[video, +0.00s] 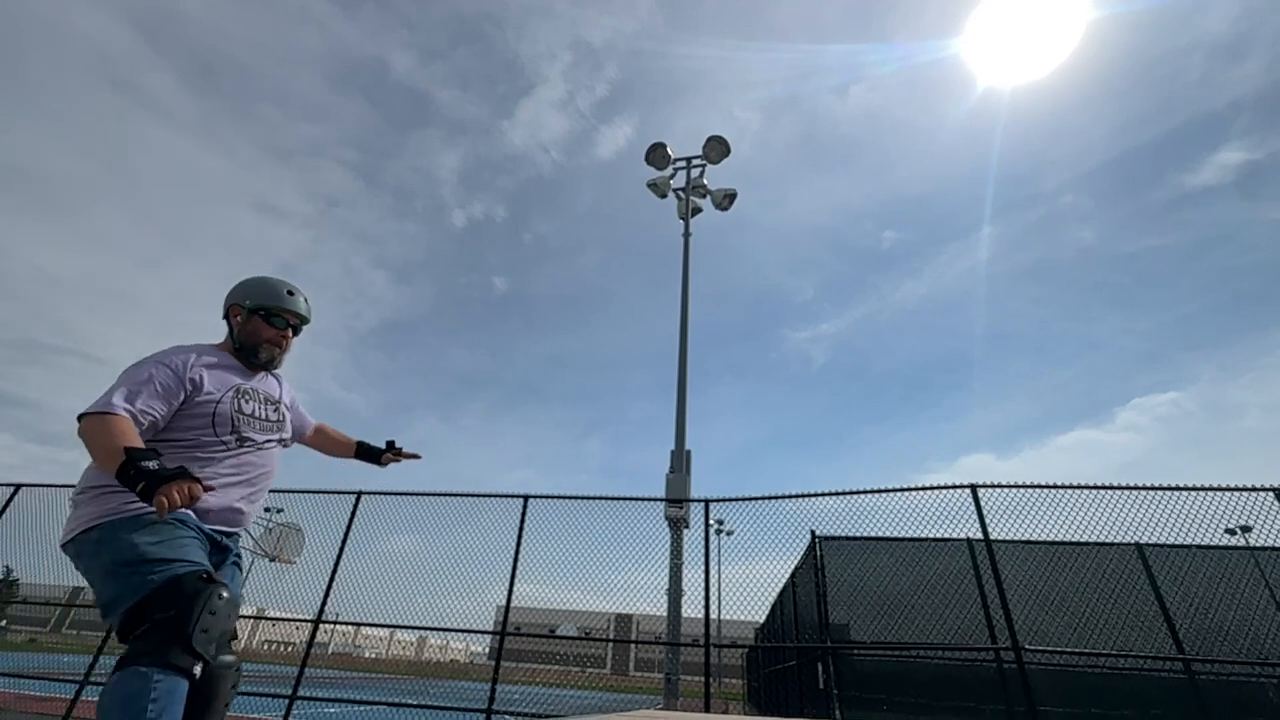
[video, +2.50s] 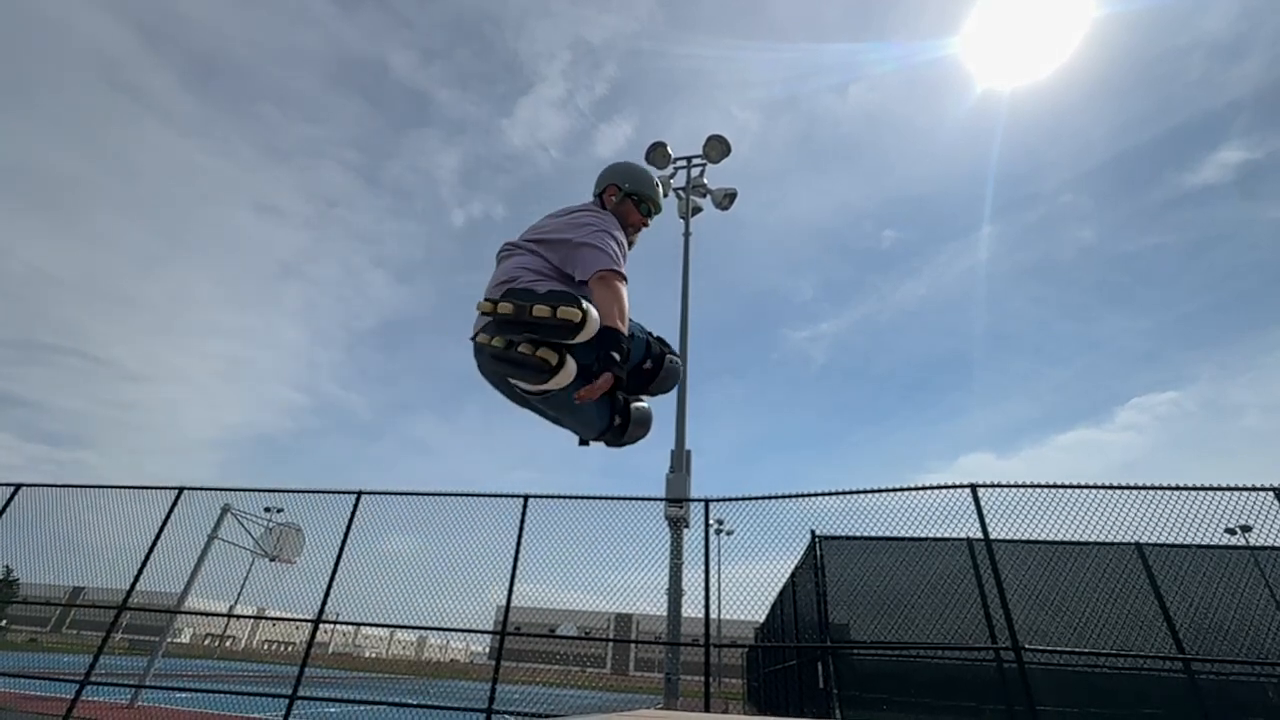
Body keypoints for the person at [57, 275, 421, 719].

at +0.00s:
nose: (286, 335)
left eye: (294, 330)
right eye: (275, 321)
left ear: (296, 339)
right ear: (237, 317)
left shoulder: (278, 393)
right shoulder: (184, 366)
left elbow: (313, 432)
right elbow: (101, 420)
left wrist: (373, 454)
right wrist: (149, 473)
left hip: (217, 538)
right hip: (136, 515)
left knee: (214, 669)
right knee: (187, 612)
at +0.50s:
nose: (368, 293)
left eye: (376, 287)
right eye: (359, 279)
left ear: (378, 296)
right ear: (325, 273)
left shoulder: (357, 346)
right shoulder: (286, 314)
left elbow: (385, 375)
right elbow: (230, 362)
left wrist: (437, 394)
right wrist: (280, 419)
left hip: (275, 463)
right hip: (229, 443)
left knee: (305, 565)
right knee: (302, 515)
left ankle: (269, 699)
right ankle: (281, 696)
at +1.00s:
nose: (442, 262)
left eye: (449, 256)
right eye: (434, 249)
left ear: (449, 260)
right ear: (402, 240)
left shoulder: (421, 305)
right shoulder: (368, 273)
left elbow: (449, 322)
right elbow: (344, 321)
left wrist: (496, 335)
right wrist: (397, 387)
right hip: (313, 392)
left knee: (429, 510)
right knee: (427, 440)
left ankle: (299, 658)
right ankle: (365, 567)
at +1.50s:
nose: (512, 242)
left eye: (518, 237)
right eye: (505, 229)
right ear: (474, 219)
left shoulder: (479, 273)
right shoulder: (452, 247)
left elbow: (507, 273)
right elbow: (449, 300)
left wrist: (551, 282)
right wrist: (493, 368)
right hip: (391, 354)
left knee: (507, 456)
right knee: (517, 402)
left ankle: (382, 517)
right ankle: (430, 439)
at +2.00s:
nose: (580, 231)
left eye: (585, 225)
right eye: (575, 216)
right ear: (544, 204)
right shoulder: (525, 232)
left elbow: (552, 237)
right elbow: (538, 287)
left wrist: (588, 237)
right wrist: (558, 358)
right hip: (467, 322)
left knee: (579, 433)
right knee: (600, 380)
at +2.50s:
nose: (646, 222)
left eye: (651, 215)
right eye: (642, 208)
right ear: (611, 196)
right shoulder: (600, 225)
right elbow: (607, 281)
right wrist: (613, 350)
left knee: (625, 423)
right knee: (664, 367)